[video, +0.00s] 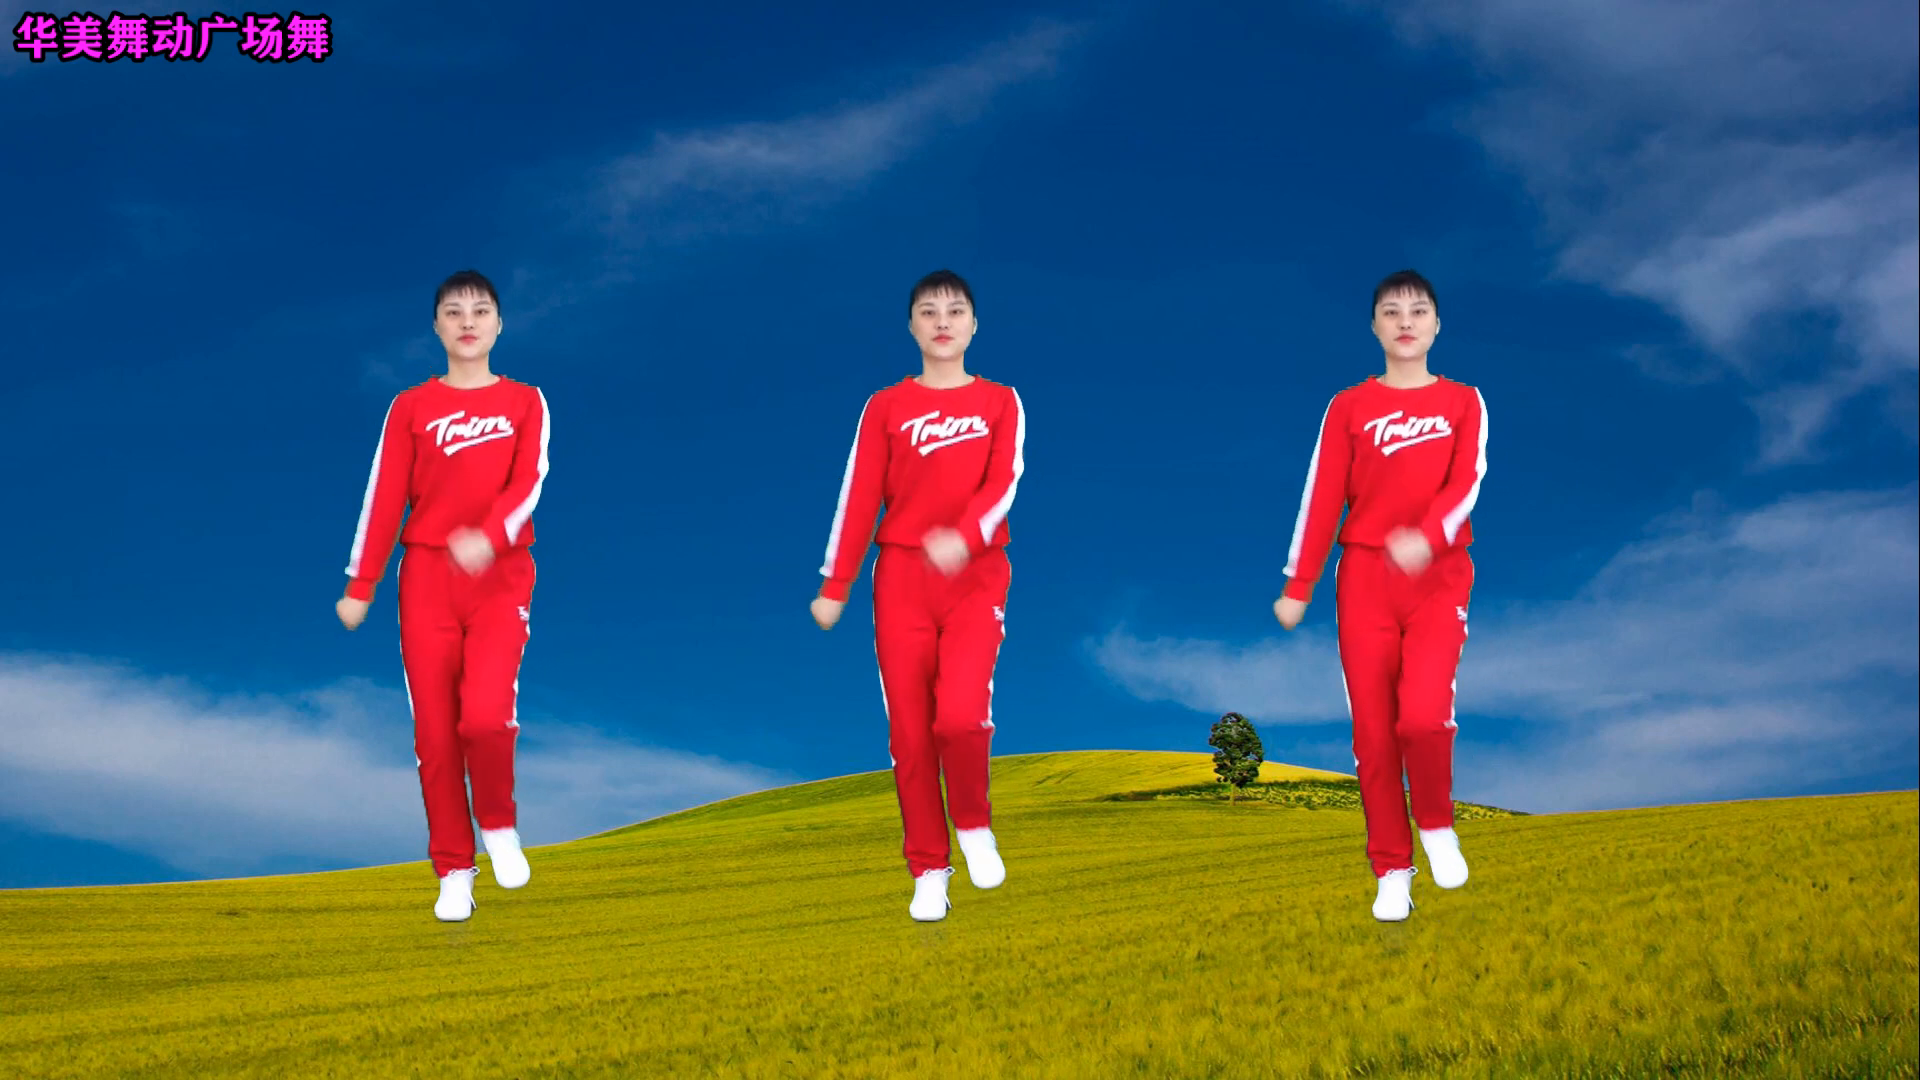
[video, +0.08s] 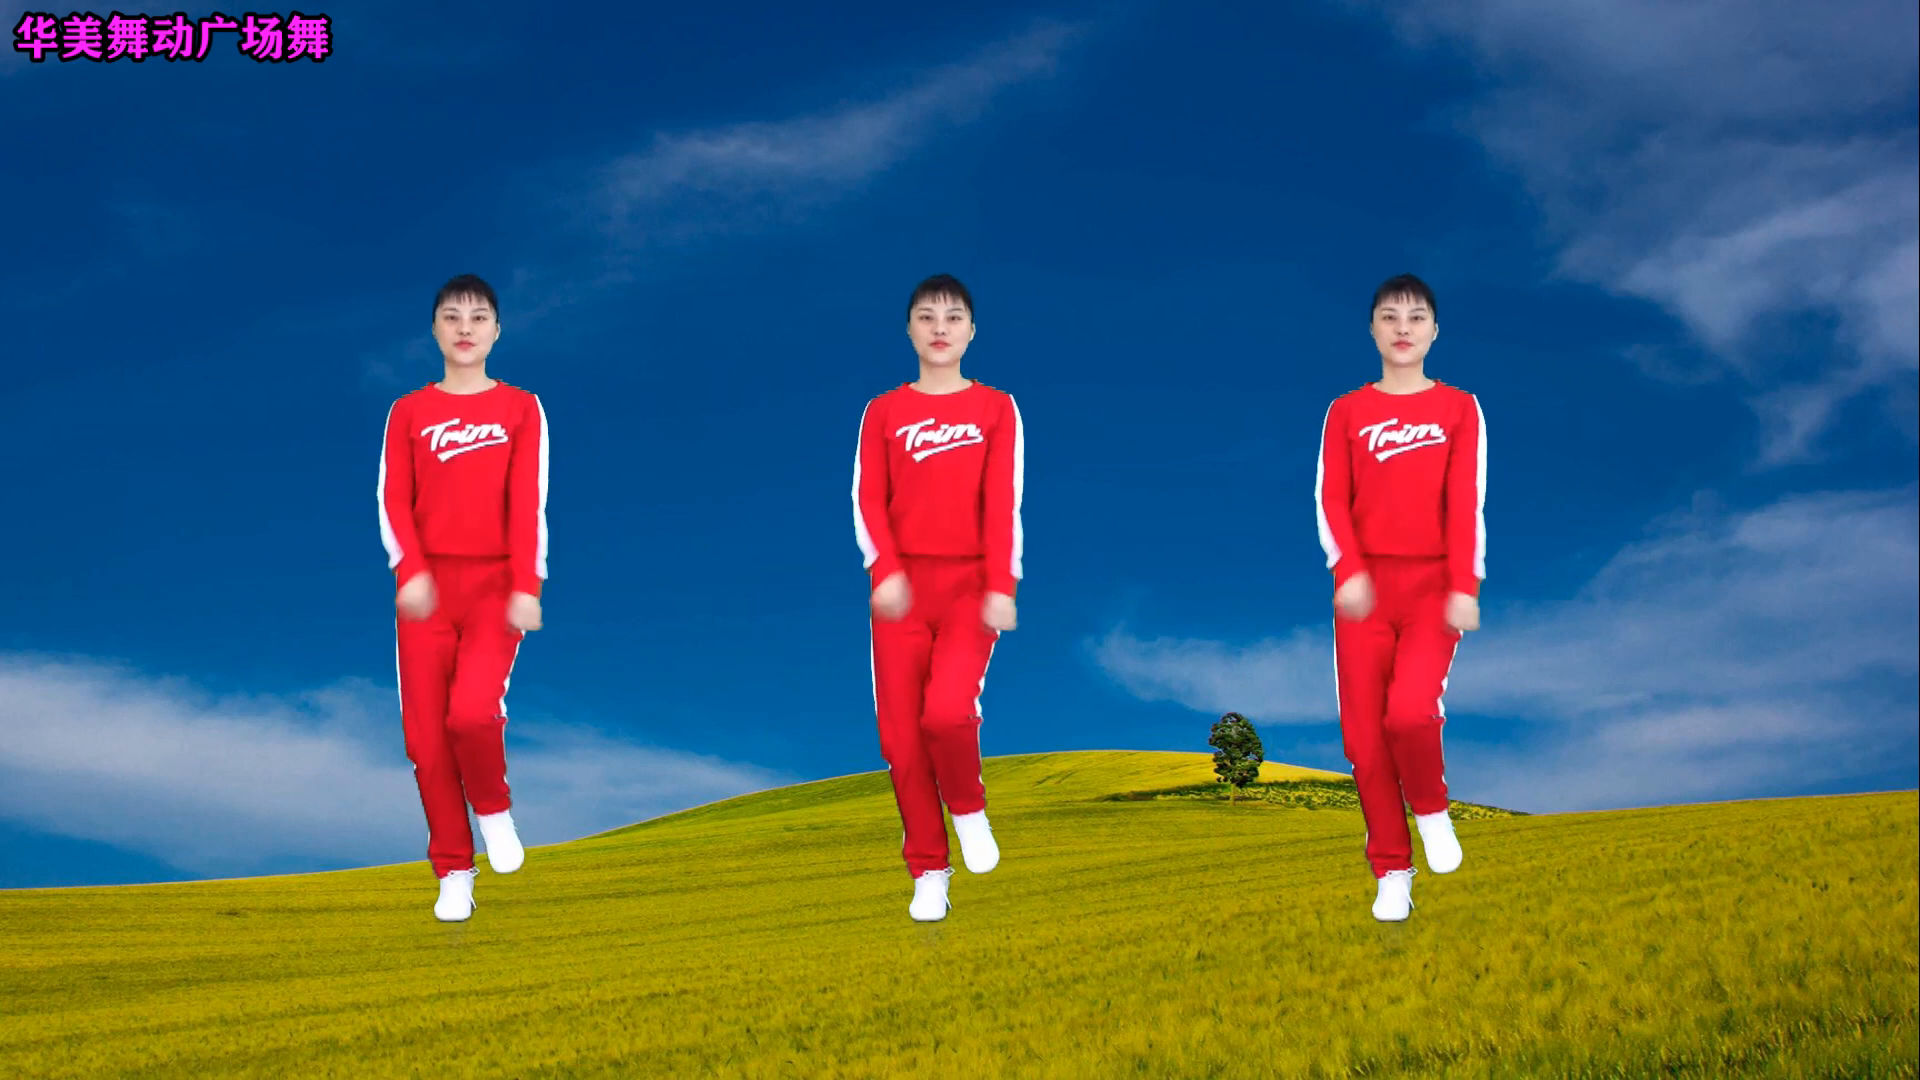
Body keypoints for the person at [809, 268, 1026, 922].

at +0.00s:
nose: (942, 322)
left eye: (954, 312)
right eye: (930, 313)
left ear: (972, 323)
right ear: (913, 325)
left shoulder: (1001, 401)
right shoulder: (884, 407)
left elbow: (1005, 484)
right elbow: (859, 499)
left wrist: (965, 534)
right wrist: (836, 585)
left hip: (976, 580)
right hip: (902, 580)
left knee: (960, 720)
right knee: (909, 729)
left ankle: (973, 823)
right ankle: (927, 865)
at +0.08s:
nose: (941, 327)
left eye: (953, 318)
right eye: (928, 318)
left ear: (969, 330)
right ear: (911, 330)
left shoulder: (998, 407)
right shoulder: (882, 411)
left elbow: (1005, 501)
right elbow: (866, 498)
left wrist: (1002, 585)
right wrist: (885, 570)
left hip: (972, 583)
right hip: (901, 584)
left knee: (946, 715)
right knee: (900, 733)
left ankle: (967, 809)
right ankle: (927, 866)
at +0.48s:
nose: (944, 314)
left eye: (957, 303)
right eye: (932, 303)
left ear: (974, 315)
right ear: (914, 314)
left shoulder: (1004, 389)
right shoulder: (884, 396)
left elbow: (1071, 447)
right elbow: (845, 483)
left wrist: (1119, 521)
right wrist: (895, 439)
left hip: (985, 569)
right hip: (907, 570)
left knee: (975, 730)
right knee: (916, 731)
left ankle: (969, 870)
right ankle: (928, 869)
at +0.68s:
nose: (946, 322)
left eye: (959, 311)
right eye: (933, 312)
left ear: (976, 321)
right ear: (917, 323)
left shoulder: (1007, 399)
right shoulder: (890, 403)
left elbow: (1051, 485)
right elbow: (884, 487)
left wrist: (1092, 567)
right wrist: (908, 555)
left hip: (998, 574)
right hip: (922, 575)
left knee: (988, 727)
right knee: (935, 721)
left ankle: (970, 868)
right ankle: (933, 837)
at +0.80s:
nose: (948, 327)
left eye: (959, 316)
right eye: (934, 317)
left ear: (977, 325)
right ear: (919, 329)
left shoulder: (1009, 406)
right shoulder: (894, 410)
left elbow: (1029, 495)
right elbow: (874, 504)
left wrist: (1014, 568)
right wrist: (862, 592)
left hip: (998, 578)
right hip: (922, 579)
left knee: (997, 729)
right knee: (950, 703)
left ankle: (971, 869)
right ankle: (937, 805)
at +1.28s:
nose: (943, 311)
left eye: (954, 300)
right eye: (929, 302)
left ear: (972, 311)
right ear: (912, 316)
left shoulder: (1002, 388)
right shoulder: (885, 392)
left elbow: (1009, 468)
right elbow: (833, 473)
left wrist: (937, 471)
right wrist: (787, 547)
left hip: (980, 565)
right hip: (905, 567)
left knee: (972, 725)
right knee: (917, 725)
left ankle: (969, 865)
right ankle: (930, 867)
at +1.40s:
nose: (938, 322)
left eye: (950, 312)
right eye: (925, 313)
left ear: (968, 323)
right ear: (909, 325)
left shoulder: (998, 401)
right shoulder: (883, 407)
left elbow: (999, 491)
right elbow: (866, 496)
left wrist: (971, 565)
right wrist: (857, 581)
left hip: (968, 580)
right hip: (897, 578)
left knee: (953, 722)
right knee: (905, 733)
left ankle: (967, 830)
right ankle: (927, 868)